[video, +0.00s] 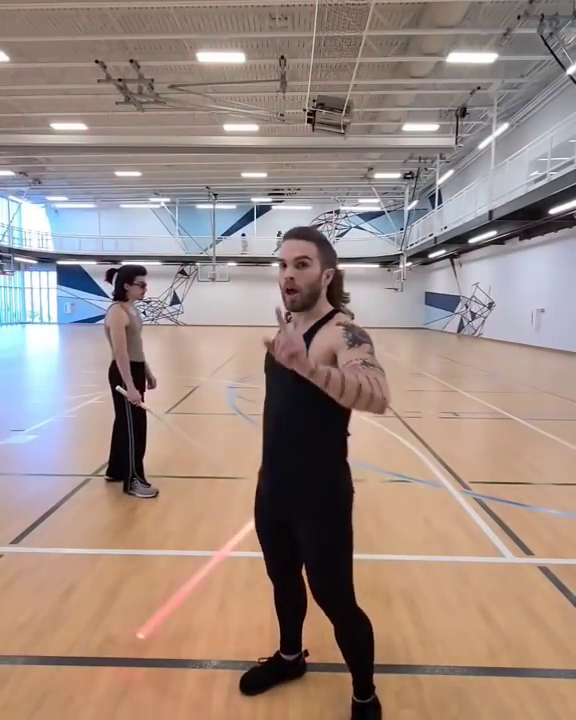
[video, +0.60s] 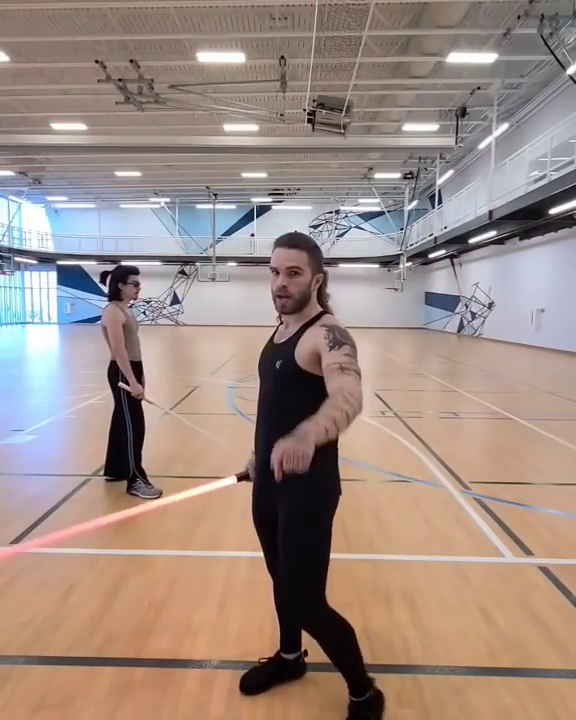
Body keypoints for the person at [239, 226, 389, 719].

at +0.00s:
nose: (288, 275)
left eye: (301, 265)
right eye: (282, 266)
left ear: (328, 275)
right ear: (277, 275)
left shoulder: (344, 333)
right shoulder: (286, 332)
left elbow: (377, 394)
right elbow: (280, 415)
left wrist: (307, 368)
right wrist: (268, 477)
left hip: (321, 491)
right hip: (275, 485)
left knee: (336, 599)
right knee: (283, 576)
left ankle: (364, 696)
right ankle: (290, 655)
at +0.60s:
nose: (281, 282)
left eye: (293, 273)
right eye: (275, 272)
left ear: (318, 279)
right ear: (268, 276)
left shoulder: (329, 335)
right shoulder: (283, 332)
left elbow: (347, 397)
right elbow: (278, 410)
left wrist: (308, 435)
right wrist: (258, 459)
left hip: (309, 484)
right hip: (272, 478)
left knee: (306, 602)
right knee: (282, 576)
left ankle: (363, 691)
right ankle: (290, 655)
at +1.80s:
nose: (377, 288)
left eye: (380, 281)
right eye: (378, 281)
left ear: (397, 285)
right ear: (423, 286)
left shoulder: (380, 332)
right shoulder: (462, 334)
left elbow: (351, 399)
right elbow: (466, 403)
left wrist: (325, 434)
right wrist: (439, 432)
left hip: (383, 457)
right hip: (433, 460)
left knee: (362, 537)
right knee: (427, 557)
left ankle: (374, 632)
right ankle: (423, 653)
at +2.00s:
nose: (382, 300)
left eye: (385, 293)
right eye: (384, 293)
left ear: (397, 297)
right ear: (425, 296)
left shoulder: (378, 338)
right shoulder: (457, 342)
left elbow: (348, 396)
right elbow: (470, 405)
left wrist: (333, 429)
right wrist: (475, 442)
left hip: (382, 458)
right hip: (428, 461)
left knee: (382, 515)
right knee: (425, 549)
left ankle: (385, 569)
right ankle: (420, 644)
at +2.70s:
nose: (397, 299)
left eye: (399, 293)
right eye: (397, 293)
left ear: (412, 294)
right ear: (429, 294)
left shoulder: (401, 326)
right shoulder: (454, 327)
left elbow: (381, 366)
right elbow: (465, 370)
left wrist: (367, 388)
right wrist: (481, 403)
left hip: (405, 409)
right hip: (438, 410)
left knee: (389, 459)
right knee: (433, 465)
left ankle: (401, 510)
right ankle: (430, 520)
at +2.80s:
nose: (397, 296)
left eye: (400, 291)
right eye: (397, 291)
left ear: (414, 292)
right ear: (427, 293)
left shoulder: (405, 323)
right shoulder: (454, 324)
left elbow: (390, 364)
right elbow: (466, 364)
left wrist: (378, 395)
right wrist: (480, 392)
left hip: (406, 401)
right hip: (438, 404)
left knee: (397, 450)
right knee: (433, 462)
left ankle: (408, 503)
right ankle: (429, 519)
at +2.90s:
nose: (397, 301)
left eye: (399, 295)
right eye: (397, 295)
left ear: (413, 296)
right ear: (425, 296)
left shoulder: (406, 325)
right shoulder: (452, 323)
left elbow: (395, 368)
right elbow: (464, 362)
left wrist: (387, 401)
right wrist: (475, 386)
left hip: (408, 402)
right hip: (438, 404)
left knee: (405, 450)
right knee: (433, 460)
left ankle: (407, 492)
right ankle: (429, 518)